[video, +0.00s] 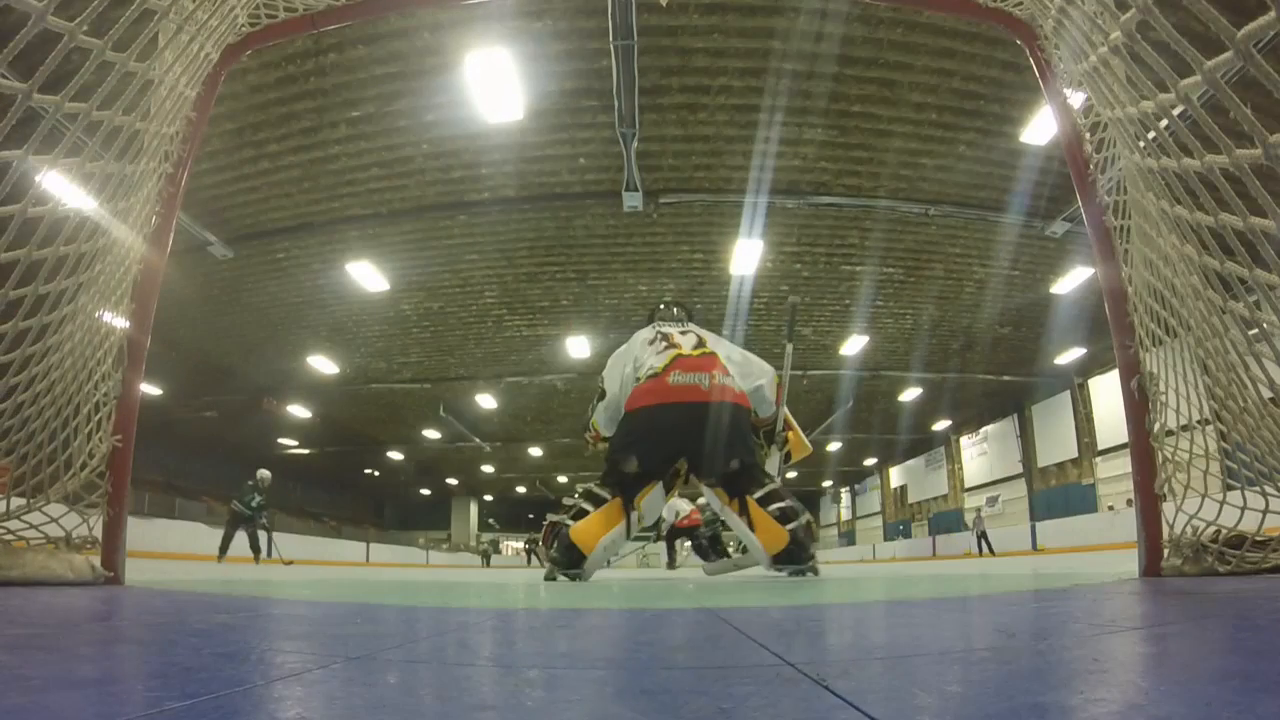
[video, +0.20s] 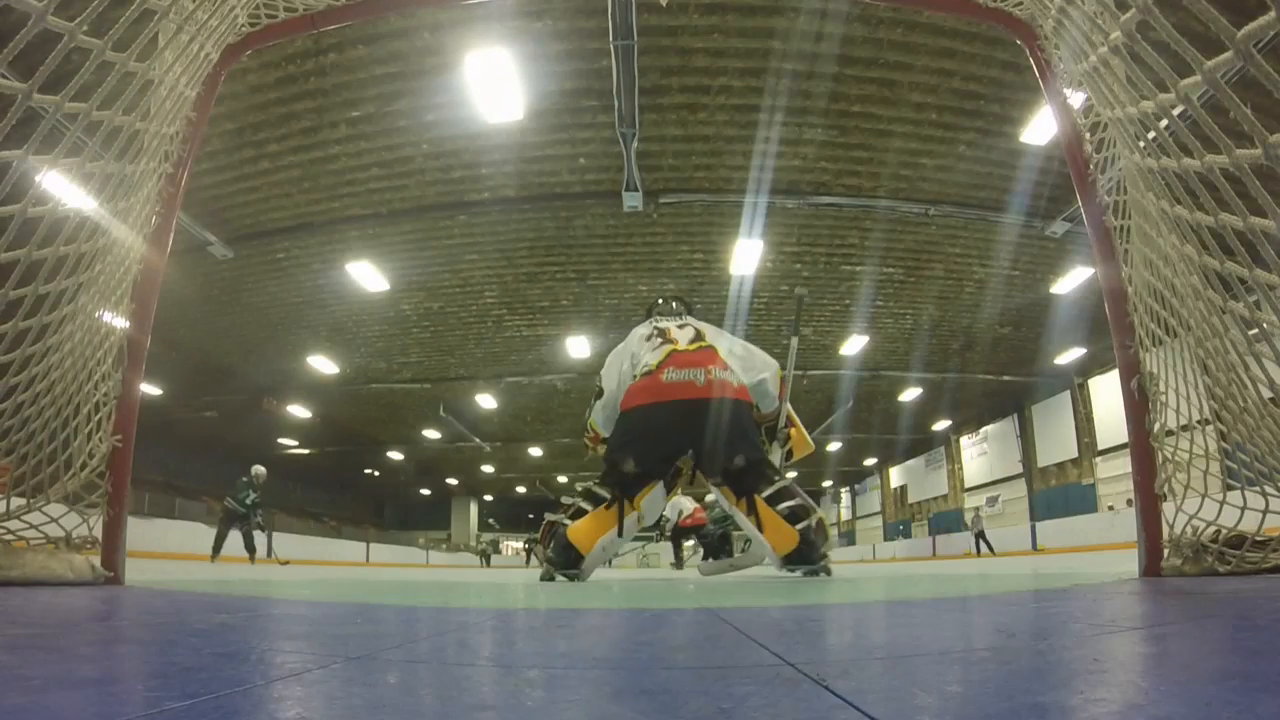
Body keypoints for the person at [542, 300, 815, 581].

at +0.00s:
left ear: (652, 323)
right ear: (688, 323)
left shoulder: (637, 341)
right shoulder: (713, 339)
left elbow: (613, 391)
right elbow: (763, 375)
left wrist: (600, 430)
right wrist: (767, 423)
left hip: (655, 406)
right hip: (722, 406)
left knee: (623, 489)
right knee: (744, 483)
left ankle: (571, 548)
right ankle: (790, 545)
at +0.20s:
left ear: (649, 318)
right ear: (687, 315)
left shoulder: (634, 337)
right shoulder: (713, 332)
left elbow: (612, 390)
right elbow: (766, 370)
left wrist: (598, 433)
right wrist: (769, 421)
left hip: (653, 399)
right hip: (724, 396)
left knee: (620, 486)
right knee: (751, 476)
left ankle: (567, 550)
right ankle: (803, 543)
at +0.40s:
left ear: (646, 312)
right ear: (689, 308)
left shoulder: (627, 338)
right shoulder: (715, 324)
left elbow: (606, 400)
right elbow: (769, 361)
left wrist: (598, 438)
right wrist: (773, 417)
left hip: (647, 397)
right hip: (722, 390)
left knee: (619, 485)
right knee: (758, 474)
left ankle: (560, 553)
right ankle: (814, 544)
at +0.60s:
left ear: (646, 307)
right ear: (689, 302)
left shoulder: (627, 330)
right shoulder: (716, 317)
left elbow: (607, 386)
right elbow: (773, 353)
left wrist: (597, 432)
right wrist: (776, 407)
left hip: (643, 392)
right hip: (721, 383)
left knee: (619, 484)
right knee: (762, 470)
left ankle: (556, 553)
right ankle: (823, 547)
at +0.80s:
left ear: (647, 300)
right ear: (690, 295)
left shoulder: (624, 326)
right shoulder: (719, 310)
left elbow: (595, 410)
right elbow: (780, 347)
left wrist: (603, 446)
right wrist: (782, 408)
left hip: (640, 390)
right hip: (723, 379)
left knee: (622, 486)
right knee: (763, 470)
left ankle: (551, 551)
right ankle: (831, 544)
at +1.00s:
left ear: (648, 295)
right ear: (692, 288)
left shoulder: (621, 323)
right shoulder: (722, 303)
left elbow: (594, 411)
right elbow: (785, 340)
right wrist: (785, 405)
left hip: (635, 385)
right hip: (723, 374)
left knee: (620, 487)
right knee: (764, 470)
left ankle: (542, 551)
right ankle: (840, 548)